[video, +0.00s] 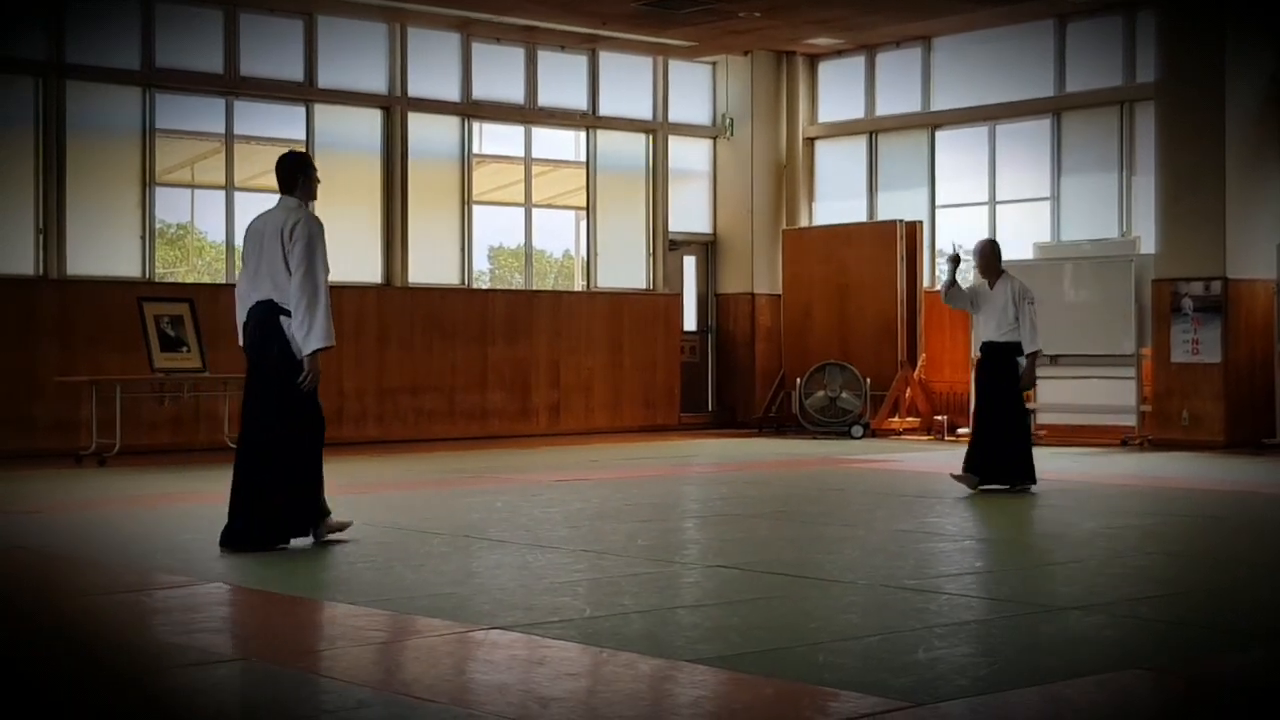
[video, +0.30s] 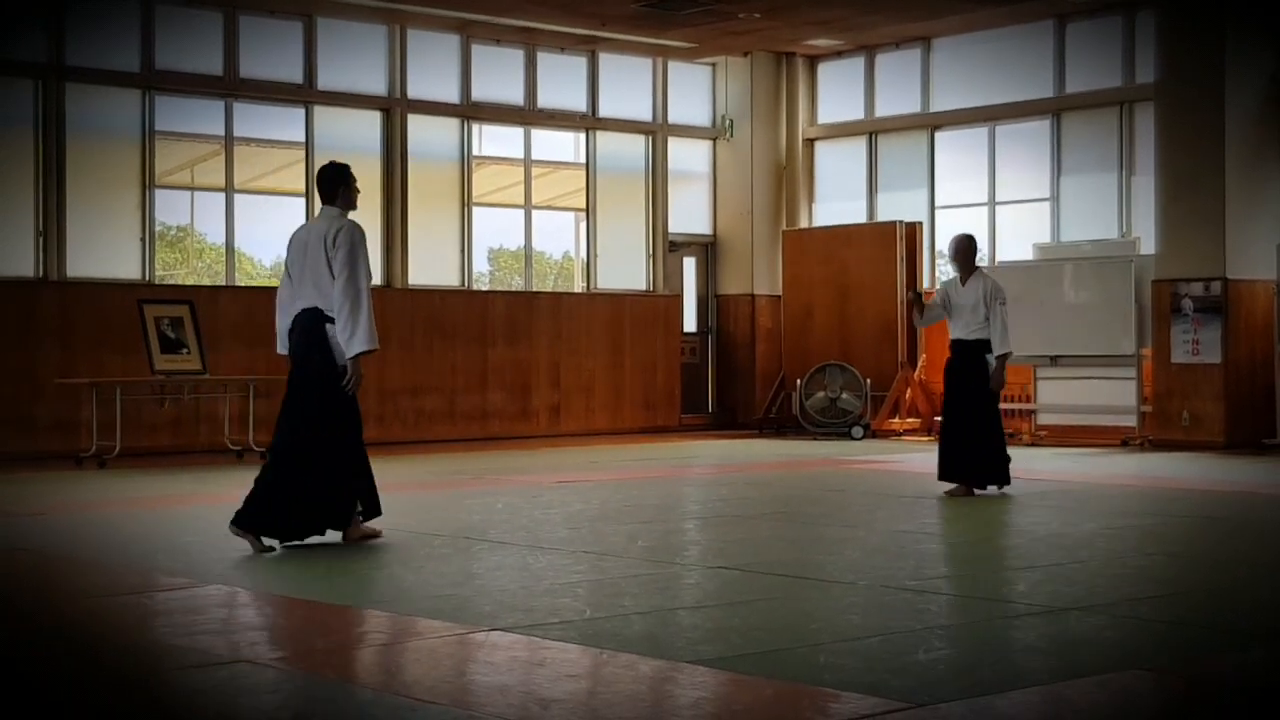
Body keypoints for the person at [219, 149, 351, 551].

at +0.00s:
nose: (318, 183)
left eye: (316, 176)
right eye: (314, 177)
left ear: (282, 181)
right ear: (303, 180)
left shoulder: (257, 224)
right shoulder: (305, 223)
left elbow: (246, 285)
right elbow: (305, 289)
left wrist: (246, 336)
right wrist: (311, 347)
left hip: (258, 328)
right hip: (286, 329)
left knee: (306, 422)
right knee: (268, 427)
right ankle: (249, 529)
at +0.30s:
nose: (358, 192)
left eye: (356, 186)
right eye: (354, 187)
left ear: (324, 192)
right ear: (342, 191)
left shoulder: (300, 234)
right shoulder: (347, 231)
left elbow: (286, 293)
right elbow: (350, 294)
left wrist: (286, 343)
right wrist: (355, 352)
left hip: (302, 339)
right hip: (330, 341)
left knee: (339, 430)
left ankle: (350, 519)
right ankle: (251, 517)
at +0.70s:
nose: (420, 191)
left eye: (418, 185)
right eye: (416, 186)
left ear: (385, 191)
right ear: (407, 190)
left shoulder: (361, 233)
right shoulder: (411, 230)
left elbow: (348, 291)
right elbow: (419, 293)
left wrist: (352, 338)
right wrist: (431, 347)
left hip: (364, 340)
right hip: (402, 340)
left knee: (355, 428)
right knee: (443, 423)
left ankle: (351, 522)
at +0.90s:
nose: (461, 203)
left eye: (459, 198)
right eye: (459, 198)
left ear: (427, 202)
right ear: (453, 201)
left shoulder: (400, 243)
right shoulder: (456, 243)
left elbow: (384, 298)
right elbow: (465, 304)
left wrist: (390, 345)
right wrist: (478, 361)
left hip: (406, 348)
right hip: (445, 347)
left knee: (382, 426)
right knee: (475, 428)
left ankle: (358, 513)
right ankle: (502, 511)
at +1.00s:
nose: (484, 201)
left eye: (482, 195)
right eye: (482, 195)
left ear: (449, 199)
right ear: (474, 199)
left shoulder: (424, 239)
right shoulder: (481, 241)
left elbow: (406, 296)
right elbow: (493, 304)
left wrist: (422, 332)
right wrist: (505, 359)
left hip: (436, 343)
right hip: (473, 343)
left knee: (412, 419)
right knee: (490, 426)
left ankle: (378, 493)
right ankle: (504, 511)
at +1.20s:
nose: (525, 196)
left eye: (523, 191)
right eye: (523, 191)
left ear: (491, 195)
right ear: (517, 195)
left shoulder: (464, 233)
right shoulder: (525, 235)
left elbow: (444, 286)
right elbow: (543, 295)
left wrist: (462, 327)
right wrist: (561, 346)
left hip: (476, 332)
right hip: (512, 333)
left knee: (485, 410)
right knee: (517, 418)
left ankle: (472, 486)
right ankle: (506, 513)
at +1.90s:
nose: (652, 226)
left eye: (650, 221)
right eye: (652, 221)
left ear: (621, 223)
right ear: (648, 223)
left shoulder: (594, 258)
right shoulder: (655, 260)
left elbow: (572, 306)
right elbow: (695, 294)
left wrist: (588, 342)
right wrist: (714, 277)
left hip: (603, 351)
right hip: (640, 351)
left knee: (603, 423)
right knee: (678, 416)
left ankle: (593, 499)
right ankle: (657, 486)